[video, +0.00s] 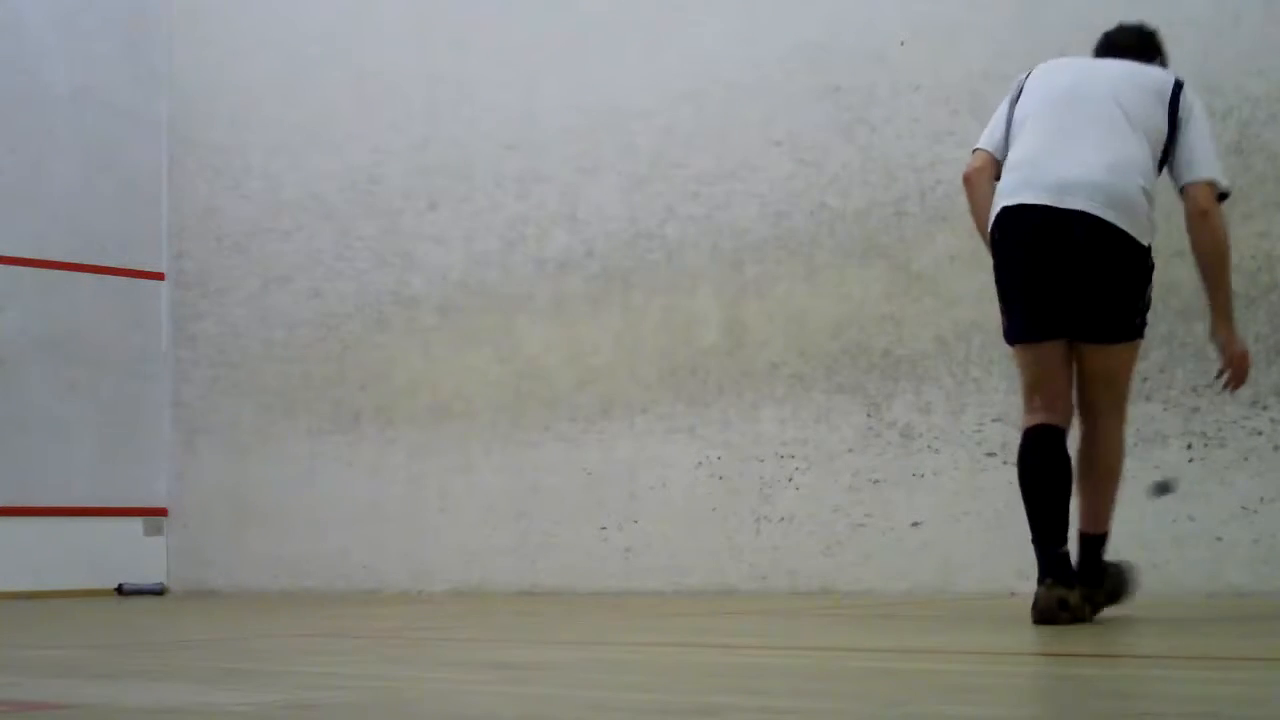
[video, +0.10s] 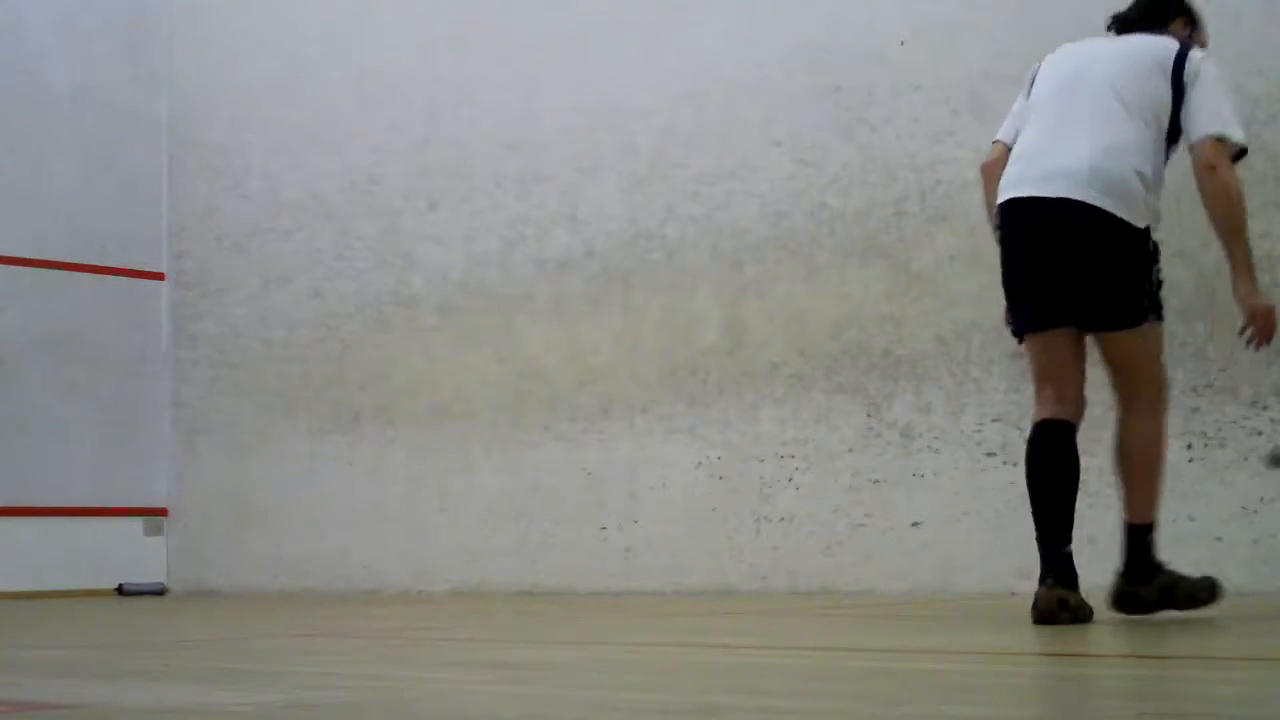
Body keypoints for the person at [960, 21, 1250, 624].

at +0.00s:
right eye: (1162, 70)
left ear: (1098, 54)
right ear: (1158, 63)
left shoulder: (1037, 76)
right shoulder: (1172, 88)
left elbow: (978, 171)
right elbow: (1202, 206)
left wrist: (1006, 253)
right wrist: (1224, 325)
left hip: (1022, 232)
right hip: (1110, 237)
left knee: (1043, 405)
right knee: (1103, 414)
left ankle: (1050, 578)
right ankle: (1090, 572)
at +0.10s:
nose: (1197, 56)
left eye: (1198, 48)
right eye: (1196, 46)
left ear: (1123, 28)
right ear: (1179, 32)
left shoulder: (1057, 59)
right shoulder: (1186, 59)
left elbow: (994, 164)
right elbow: (1213, 163)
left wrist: (1019, 258)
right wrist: (1246, 285)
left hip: (1024, 223)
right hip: (1107, 223)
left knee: (1054, 394)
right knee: (1141, 397)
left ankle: (1054, 580)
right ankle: (1140, 571)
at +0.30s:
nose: (1256, 15)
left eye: (1257, 10)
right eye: (1256, 7)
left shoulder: (1122, 39)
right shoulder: (1212, 11)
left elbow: (1064, 155)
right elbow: (1208, 96)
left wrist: (1052, 257)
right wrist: (1256, 202)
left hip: (1073, 223)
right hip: (1141, 218)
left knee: (1100, 400)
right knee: (1214, 385)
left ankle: (1056, 577)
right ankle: (1235, 573)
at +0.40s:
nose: (1272, 11)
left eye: (1271, 9)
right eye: (1270, 6)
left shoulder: (1159, 30)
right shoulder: (1224, 6)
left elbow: (1128, 146)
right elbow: (1205, 82)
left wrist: (1096, 262)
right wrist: (1252, 184)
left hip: (1120, 223)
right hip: (1173, 219)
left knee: (1160, 403)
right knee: (1235, 387)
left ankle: (1066, 556)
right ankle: (1241, 576)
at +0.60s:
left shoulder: (1241, 9)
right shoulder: (1243, 4)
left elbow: (1212, 75)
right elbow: (1210, 72)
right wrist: (1259, 171)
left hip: (1232, 209)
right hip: (1211, 206)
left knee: (1264, 387)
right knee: (1250, 386)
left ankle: (1190, 526)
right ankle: (1242, 574)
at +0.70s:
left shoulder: (1251, 9)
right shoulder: (1254, 5)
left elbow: (1224, 77)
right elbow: (1221, 76)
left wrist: (1267, 177)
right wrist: (1269, 176)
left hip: (1249, 209)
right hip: (1233, 208)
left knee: (1252, 388)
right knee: (1252, 386)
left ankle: (1243, 571)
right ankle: (1240, 573)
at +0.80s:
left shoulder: (1258, 9)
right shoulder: (1262, 6)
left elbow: (1245, 89)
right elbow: (1246, 86)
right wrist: (1279, 189)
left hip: (1255, 211)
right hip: (1255, 212)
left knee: (1258, 385)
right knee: (1258, 385)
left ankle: (1241, 571)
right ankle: (1241, 572)